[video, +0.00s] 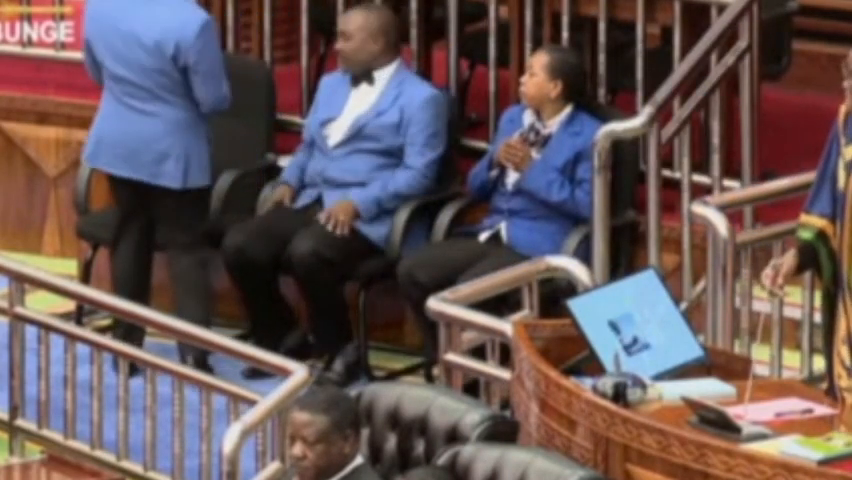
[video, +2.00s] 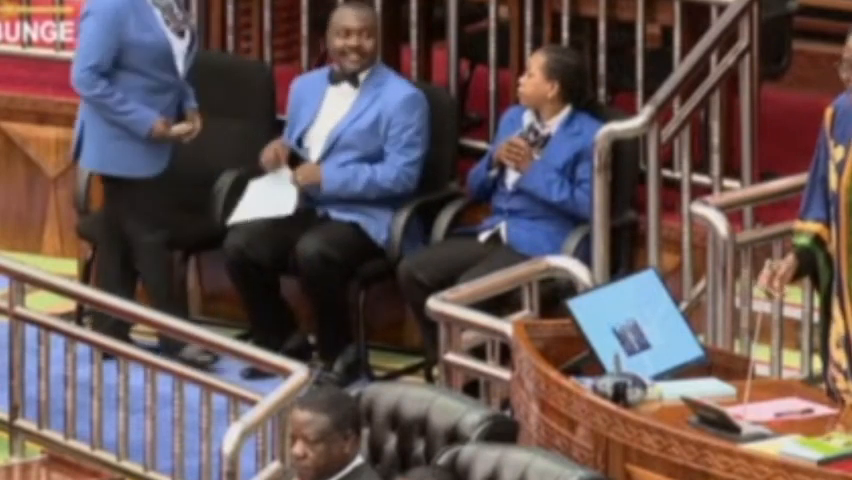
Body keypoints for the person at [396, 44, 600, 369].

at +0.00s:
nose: (522, 80)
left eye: (531, 75)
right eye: (525, 72)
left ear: (555, 88)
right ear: (551, 88)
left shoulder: (590, 135)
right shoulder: (512, 119)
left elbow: (589, 207)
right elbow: (476, 189)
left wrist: (530, 170)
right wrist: (495, 163)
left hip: (537, 251)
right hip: (492, 238)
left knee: (460, 299)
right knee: (413, 271)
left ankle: (479, 381)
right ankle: (445, 362)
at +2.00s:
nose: (520, 80)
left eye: (529, 75)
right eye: (523, 73)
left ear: (552, 88)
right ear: (550, 87)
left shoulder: (589, 135)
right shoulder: (513, 119)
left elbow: (590, 207)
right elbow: (475, 189)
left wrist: (530, 171)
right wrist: (495, 163)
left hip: (538, 250)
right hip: (494, 237)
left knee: (462, 297)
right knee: (414, 271)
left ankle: (482, 380)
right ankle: (446, 365)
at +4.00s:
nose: (518, 87)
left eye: (527, 80)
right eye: (521, 78)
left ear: (553, 91)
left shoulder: (589, 135)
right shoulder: (512, 120)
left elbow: (590, 207)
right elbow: (475, 190)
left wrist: (530, 172)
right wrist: (494, 164)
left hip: (538, 250)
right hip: (494, 236)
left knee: (463, 296)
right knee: (414, 271)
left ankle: (485, 379)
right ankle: (446, 366)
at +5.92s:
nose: (525, 90)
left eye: (535, 83)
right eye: (524, 81)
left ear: (563, 90)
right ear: (520, 82)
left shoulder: (590, 135)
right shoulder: (512, 119)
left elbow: (589, 207)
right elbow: (475, 188)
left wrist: (529, 171)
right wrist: (494, 163)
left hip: (539, 249)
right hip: (494, 237)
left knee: (461, 298)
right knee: (413, 270)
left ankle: (483, 380)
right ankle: (446, 363)